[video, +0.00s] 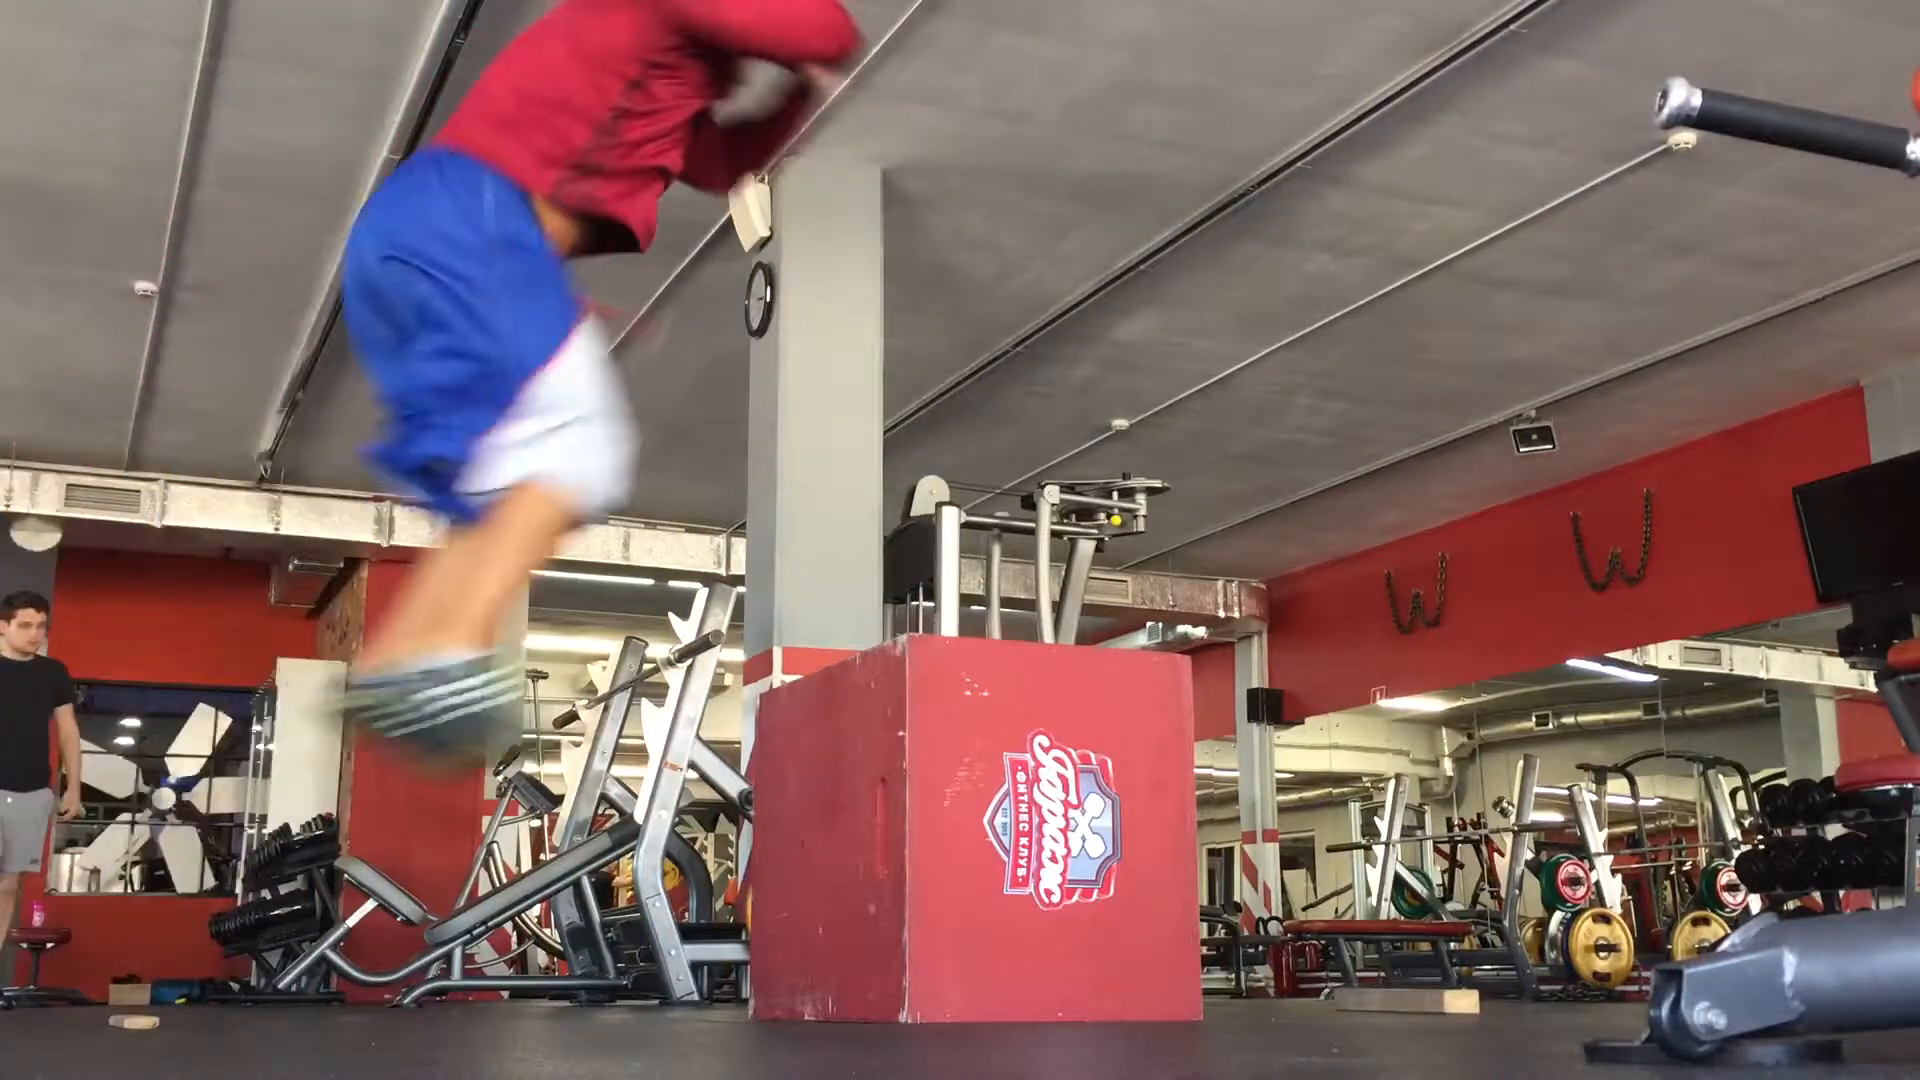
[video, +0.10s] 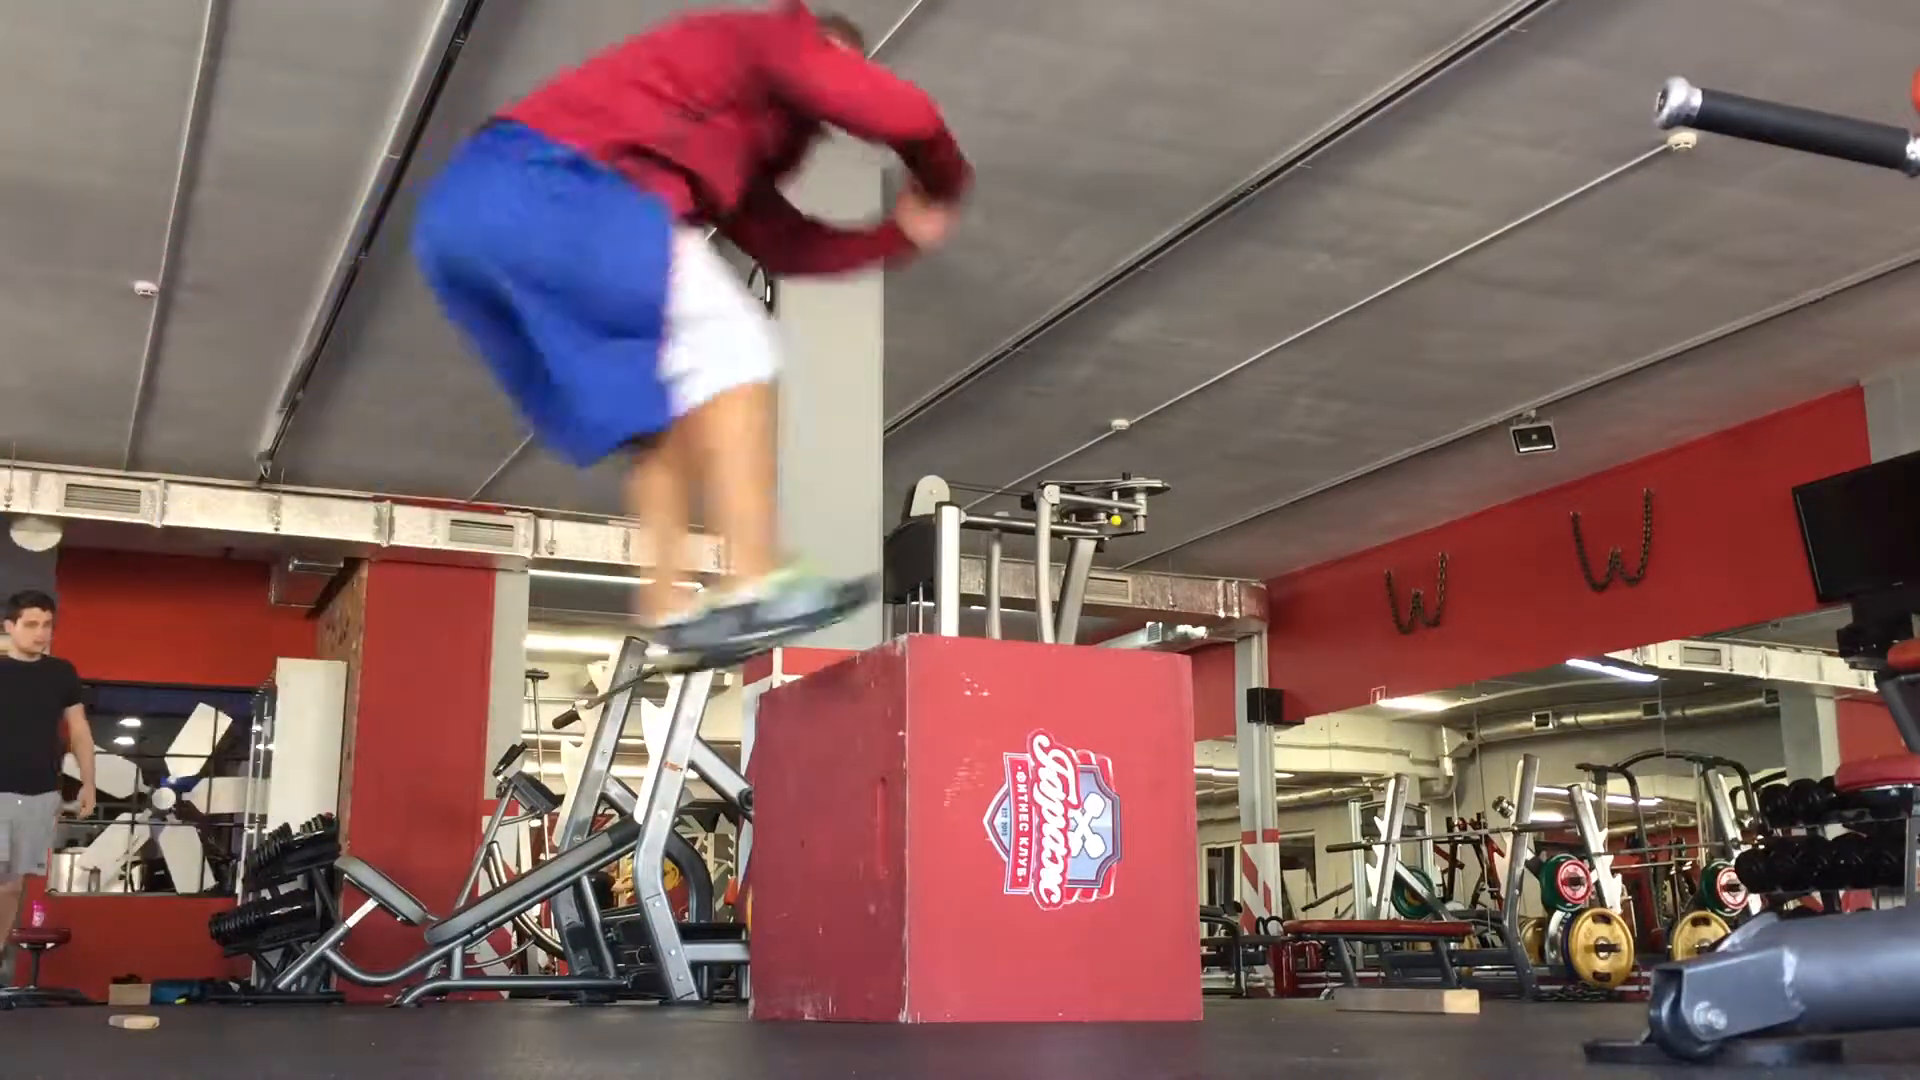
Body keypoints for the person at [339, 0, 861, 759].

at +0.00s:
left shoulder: (657, 79)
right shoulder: (665, 12)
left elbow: (720, 161)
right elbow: (827, 31)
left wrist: (805, 89)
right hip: (461, 214)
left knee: (511, 478)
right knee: (580, 443)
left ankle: (393, 660)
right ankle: (446, 652)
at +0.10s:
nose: (842, 91)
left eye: (847, 75)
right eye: (842, 67)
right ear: (822, 45)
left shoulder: (721, 146)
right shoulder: (772, 36)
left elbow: (787, 246)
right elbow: (909, 114)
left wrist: (897, 238)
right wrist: (944, 180)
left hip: (461, 224)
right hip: (539, 189)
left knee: (659, 412)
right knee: (733, 351)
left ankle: (669, 612)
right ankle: (751, 580)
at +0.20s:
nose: (924, 175)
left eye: (936, 156)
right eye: (934, 149)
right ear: (915, 116)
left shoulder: (809, 220)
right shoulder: (869, 113)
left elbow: (878, 308)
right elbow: (1002, 187)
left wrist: (979, 294)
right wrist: (1022, 247)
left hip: (545, 295)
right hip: (614, 238)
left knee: (765, 421)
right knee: (850, 350)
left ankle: (821, 630)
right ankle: (896, 596)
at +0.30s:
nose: (1005, 195)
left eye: (1005, 183)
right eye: (1003, 177)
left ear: (950, 144)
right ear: (980, 155)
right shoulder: (946, 158)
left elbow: (977, 314)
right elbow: (1086, 213)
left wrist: (1064, 264)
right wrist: (1102, 244)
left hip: (635, 346)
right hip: (712, 306)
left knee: (838, 456)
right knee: (946, 370)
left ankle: (834, 631)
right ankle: (912, 595)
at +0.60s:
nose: (1139, 102)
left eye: (1147, 96)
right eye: (1142, 83)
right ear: (1117, 44)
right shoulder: (1077, 52)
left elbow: (949, 219)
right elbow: (1129, 147)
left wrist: (1022, 330)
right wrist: (1190, 251)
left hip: (805, 197)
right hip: (883, 186)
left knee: (931, 413)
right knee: (1003, 395)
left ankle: (883, 601)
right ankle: (913, 597)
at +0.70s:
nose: (1182, 85)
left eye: (1189, 77)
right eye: (1186, 66)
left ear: (1146, 18)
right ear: (1160, 23)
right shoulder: (1115, 29)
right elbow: (1115, 118)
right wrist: (1146, 237)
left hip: (863, 179)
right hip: (936, 174)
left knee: (965, 407)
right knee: (1009, 401)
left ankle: (976, 601)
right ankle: (910, 595)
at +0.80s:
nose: (1206, 90)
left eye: (1216, 80)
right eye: (1213, 69)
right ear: (1188, 21)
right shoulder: (1145, 19)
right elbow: (1104, 76)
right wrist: (1107, 197)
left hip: (922, 193)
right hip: (989, 181)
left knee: (1018, 419)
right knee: (1076, 409)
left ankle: (1003, 617)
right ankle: (937, 567)